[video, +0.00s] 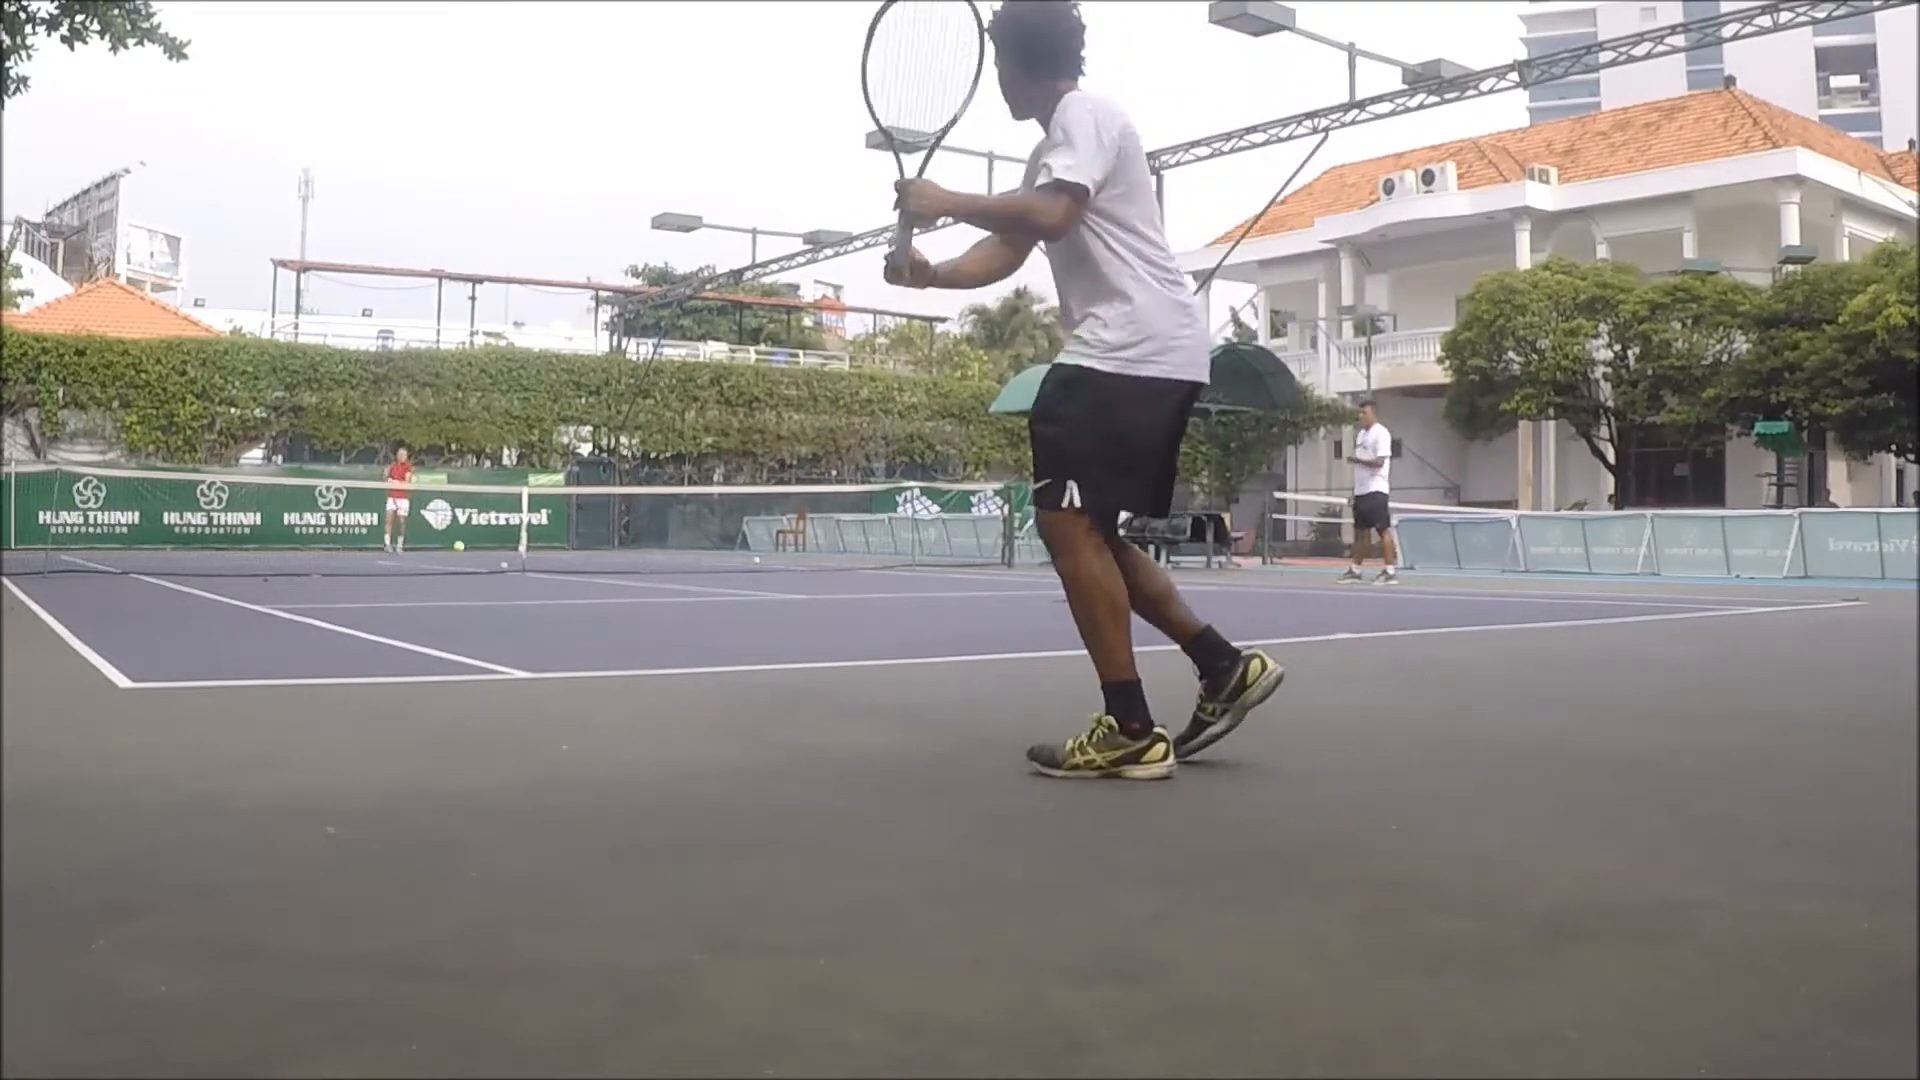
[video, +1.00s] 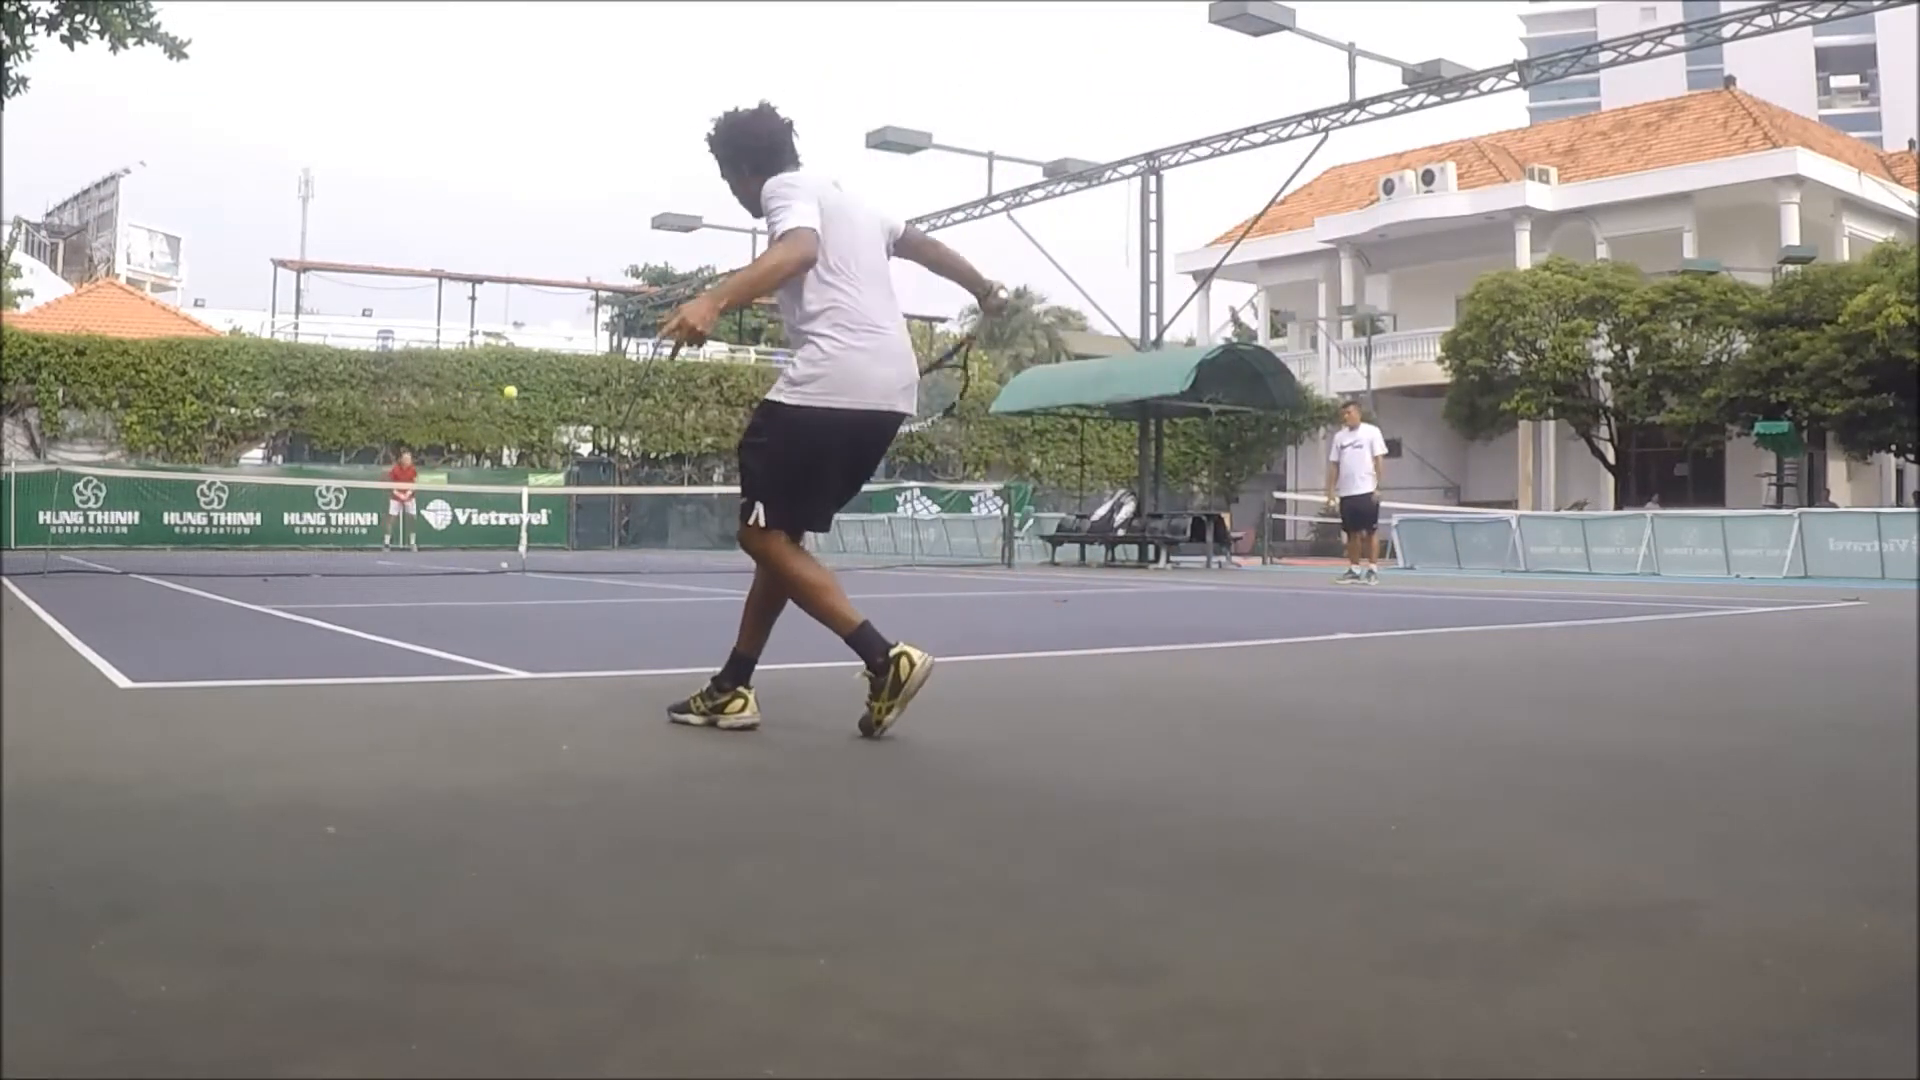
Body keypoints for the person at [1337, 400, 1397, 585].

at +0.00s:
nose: (1361, 416)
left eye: (1364, 412)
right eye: (1360, 413)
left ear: (1373, 413)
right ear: (1361, 415)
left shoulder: (1381, 432)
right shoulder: (1361, 434)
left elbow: (1379, 462)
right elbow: (1363, 460)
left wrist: (1357, 460)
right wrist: (1356, 489)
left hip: (1376, 489)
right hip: (1361, 490)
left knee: (1383, 531)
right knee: (1361, 531)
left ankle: (1389, 569)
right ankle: (1355, 569)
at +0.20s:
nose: (1352, 417)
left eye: (1355, 413)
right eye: (1350, 415)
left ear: (1364, 414)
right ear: (1350, 417)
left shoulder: (1374, 431)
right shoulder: (1349, 436)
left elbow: (1378, 458)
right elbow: (1348, 465)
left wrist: (1357, 470)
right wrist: (1338, 488)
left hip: (1370, 489)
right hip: (1353, 490)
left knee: (1373, 530)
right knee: (1357, 532)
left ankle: (1388, 569)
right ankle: (1355, 569)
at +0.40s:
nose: (1346, 419)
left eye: (1349, 415)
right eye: (1344, 416)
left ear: (1357, 416)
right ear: (1342, 419)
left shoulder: (1370, 431)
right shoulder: (1342, 438)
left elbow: (1375, 459)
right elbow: (1338, 466)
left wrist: (1365, 485)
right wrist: (1329, 490)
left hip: (1368, 488)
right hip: (1349, 491)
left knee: (1370, 527)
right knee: (1355, 532)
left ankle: (1379, 566)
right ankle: (1354, 569)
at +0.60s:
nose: (1345, 418)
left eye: (1348, 414)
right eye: (1342, 416)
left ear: (1355, 415)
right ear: (1340, 419)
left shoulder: (1369, 430)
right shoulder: (1338, 439)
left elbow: (1380, 457)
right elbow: (1334, 467)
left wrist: (1381, 484)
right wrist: (1329, 491)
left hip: (1369, 489)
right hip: (1348, 492)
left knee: (1371, 532)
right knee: (1353, 534)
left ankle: (1372, 569)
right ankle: (1354, 569)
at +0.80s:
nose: (1346, 418)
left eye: (1349, 414)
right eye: (1343, 415)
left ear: (1356, 414)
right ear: (1340, 418)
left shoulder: (1370, 431)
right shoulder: (1337, 438)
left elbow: (1380, 458)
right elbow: (1333, 466)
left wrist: (1384, 485)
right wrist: (1332, 492)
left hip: (1369, 489)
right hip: (1347, 492)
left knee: (1371, 532)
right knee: (1353, 534)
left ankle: (1372, 568)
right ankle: (1354, 568)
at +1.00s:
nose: (1346, 417)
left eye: (1349, 413)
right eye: (1344, 414)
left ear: (1359, 413)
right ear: (1342, 417)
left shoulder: (1372, 432)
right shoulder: (1339, 436)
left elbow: (1378, 459)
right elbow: (1334, 465)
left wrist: (1379, 484)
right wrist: (1330, 491)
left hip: (1367, 489)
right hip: (1346, 491)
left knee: (1371, 532)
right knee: (1351, 534)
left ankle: (1372, 568)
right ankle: (1354, 568)